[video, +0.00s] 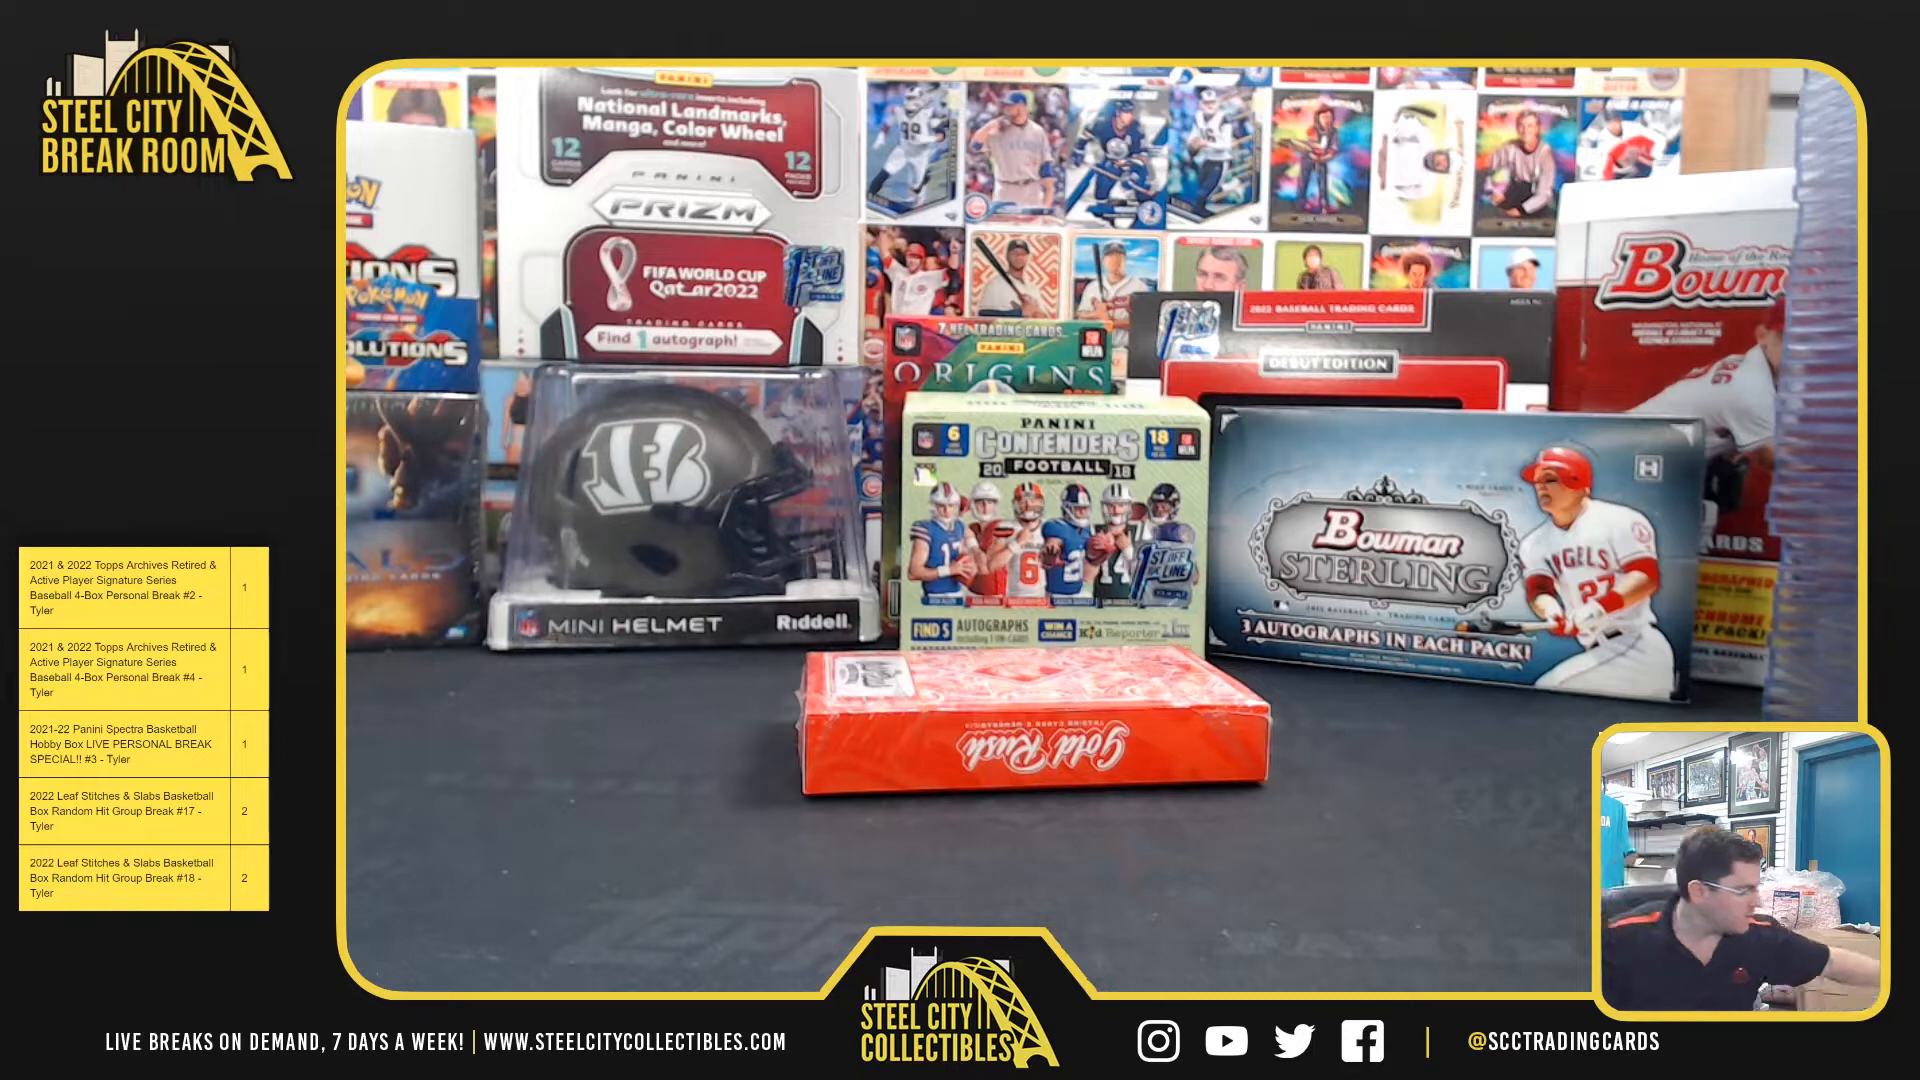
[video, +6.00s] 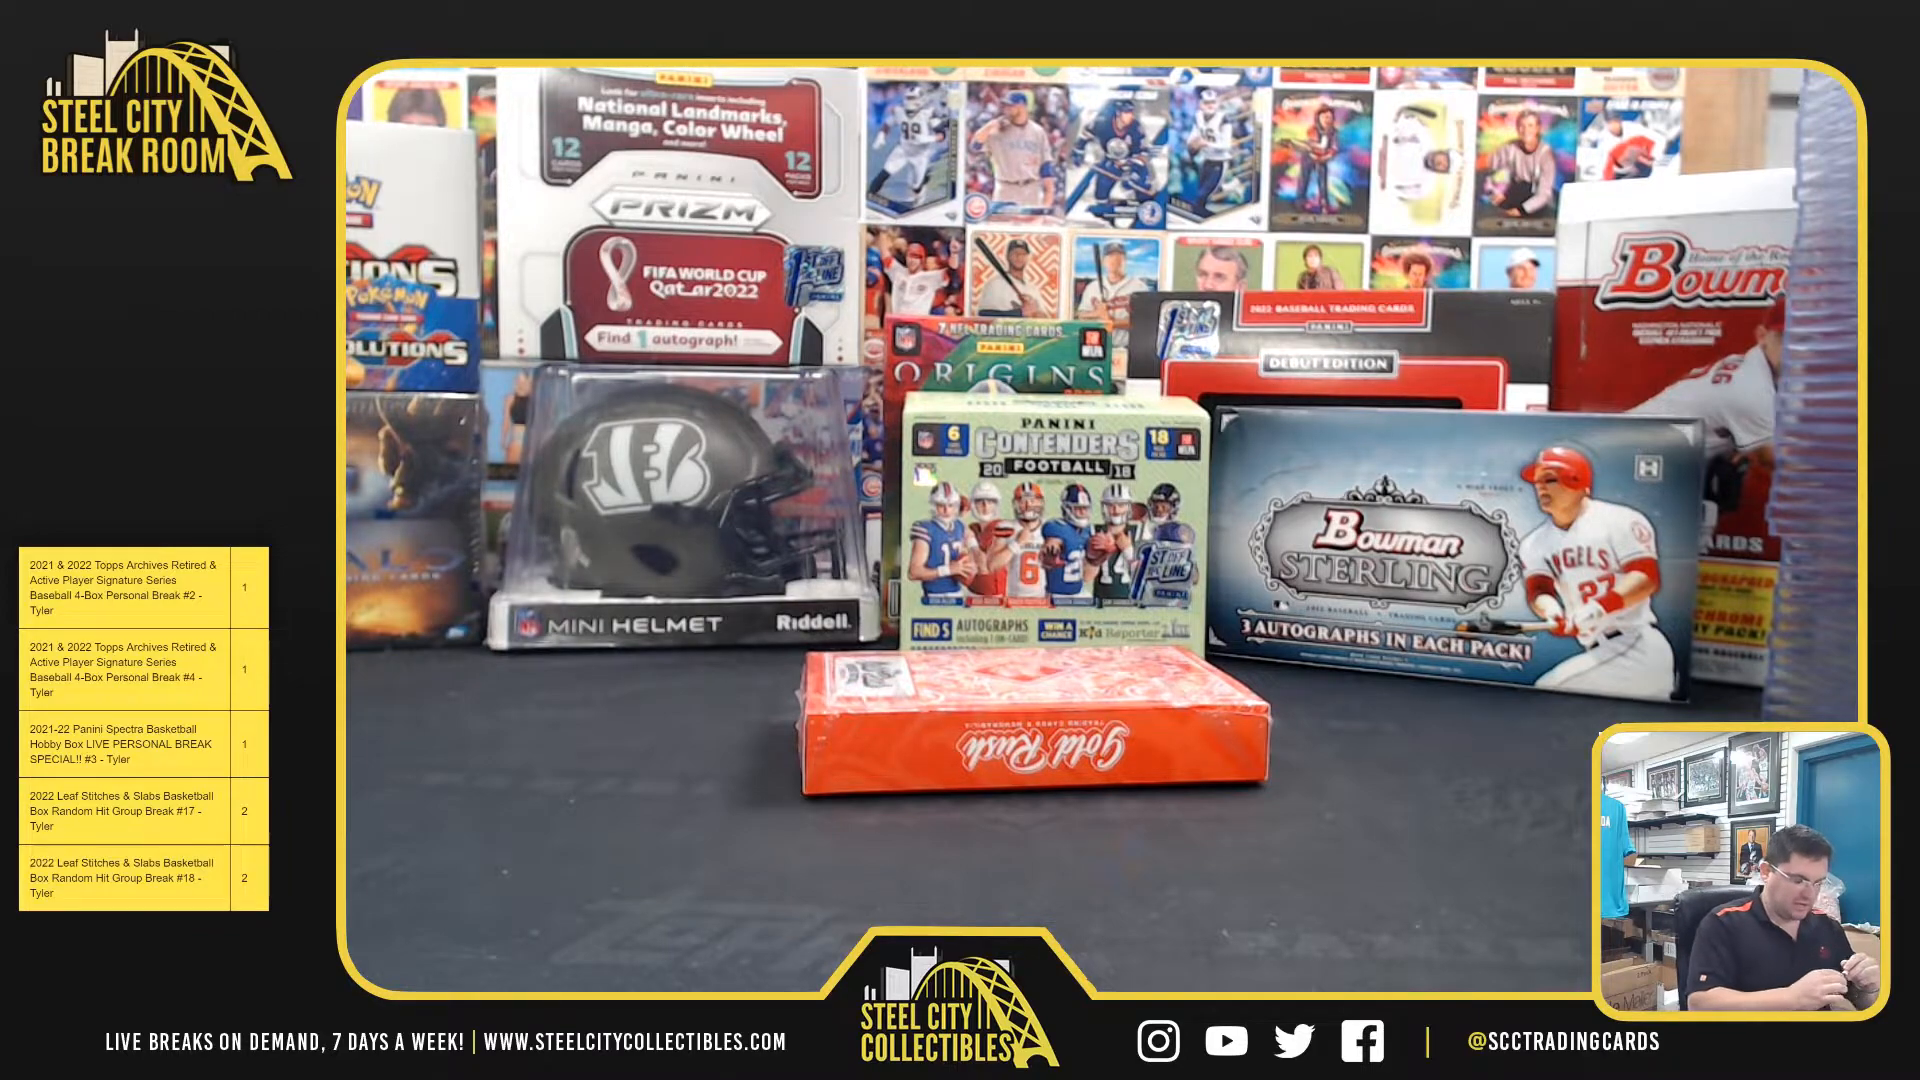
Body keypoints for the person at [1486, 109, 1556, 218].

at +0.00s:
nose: (1526, 130)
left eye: (1530, 126)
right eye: (1522, 126)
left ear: (1538, 128)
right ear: (1517, 129)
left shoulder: (1544, 153)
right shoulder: (1507, 150)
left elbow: (1545, 191)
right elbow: (1491, 176)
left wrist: (1523, 209)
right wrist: (1494, 193)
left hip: (1535, 187)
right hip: (1513, 187)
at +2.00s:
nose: (1526, 130)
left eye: (1530, 126)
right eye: (1522, 126)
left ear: (1538, 128)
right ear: (1517, 129)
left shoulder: (1545, 153)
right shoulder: (1508, 150)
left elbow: (1545, 192)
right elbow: (1490, 175)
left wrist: (1523, 209)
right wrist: (1494, 193)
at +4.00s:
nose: (1526, 130)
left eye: (1531, 126)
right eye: (1522, 126)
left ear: (1539, 129)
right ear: (1517, 129)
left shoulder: (1545, 154)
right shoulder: (1506, 151)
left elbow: (1545, 192)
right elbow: (1490, 178)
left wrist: (1522, 209)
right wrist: (1494, 194)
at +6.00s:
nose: (1526, 130)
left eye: (1530, 126)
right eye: (1522, 126)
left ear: (1538, 128)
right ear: (1518, 129)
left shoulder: (1545, 154)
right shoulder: (1506, 151)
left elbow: (1545, 192)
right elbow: (1490, 179)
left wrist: (1523, 209)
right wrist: (1495, 193)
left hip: (1535, 188)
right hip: (1511, 187)